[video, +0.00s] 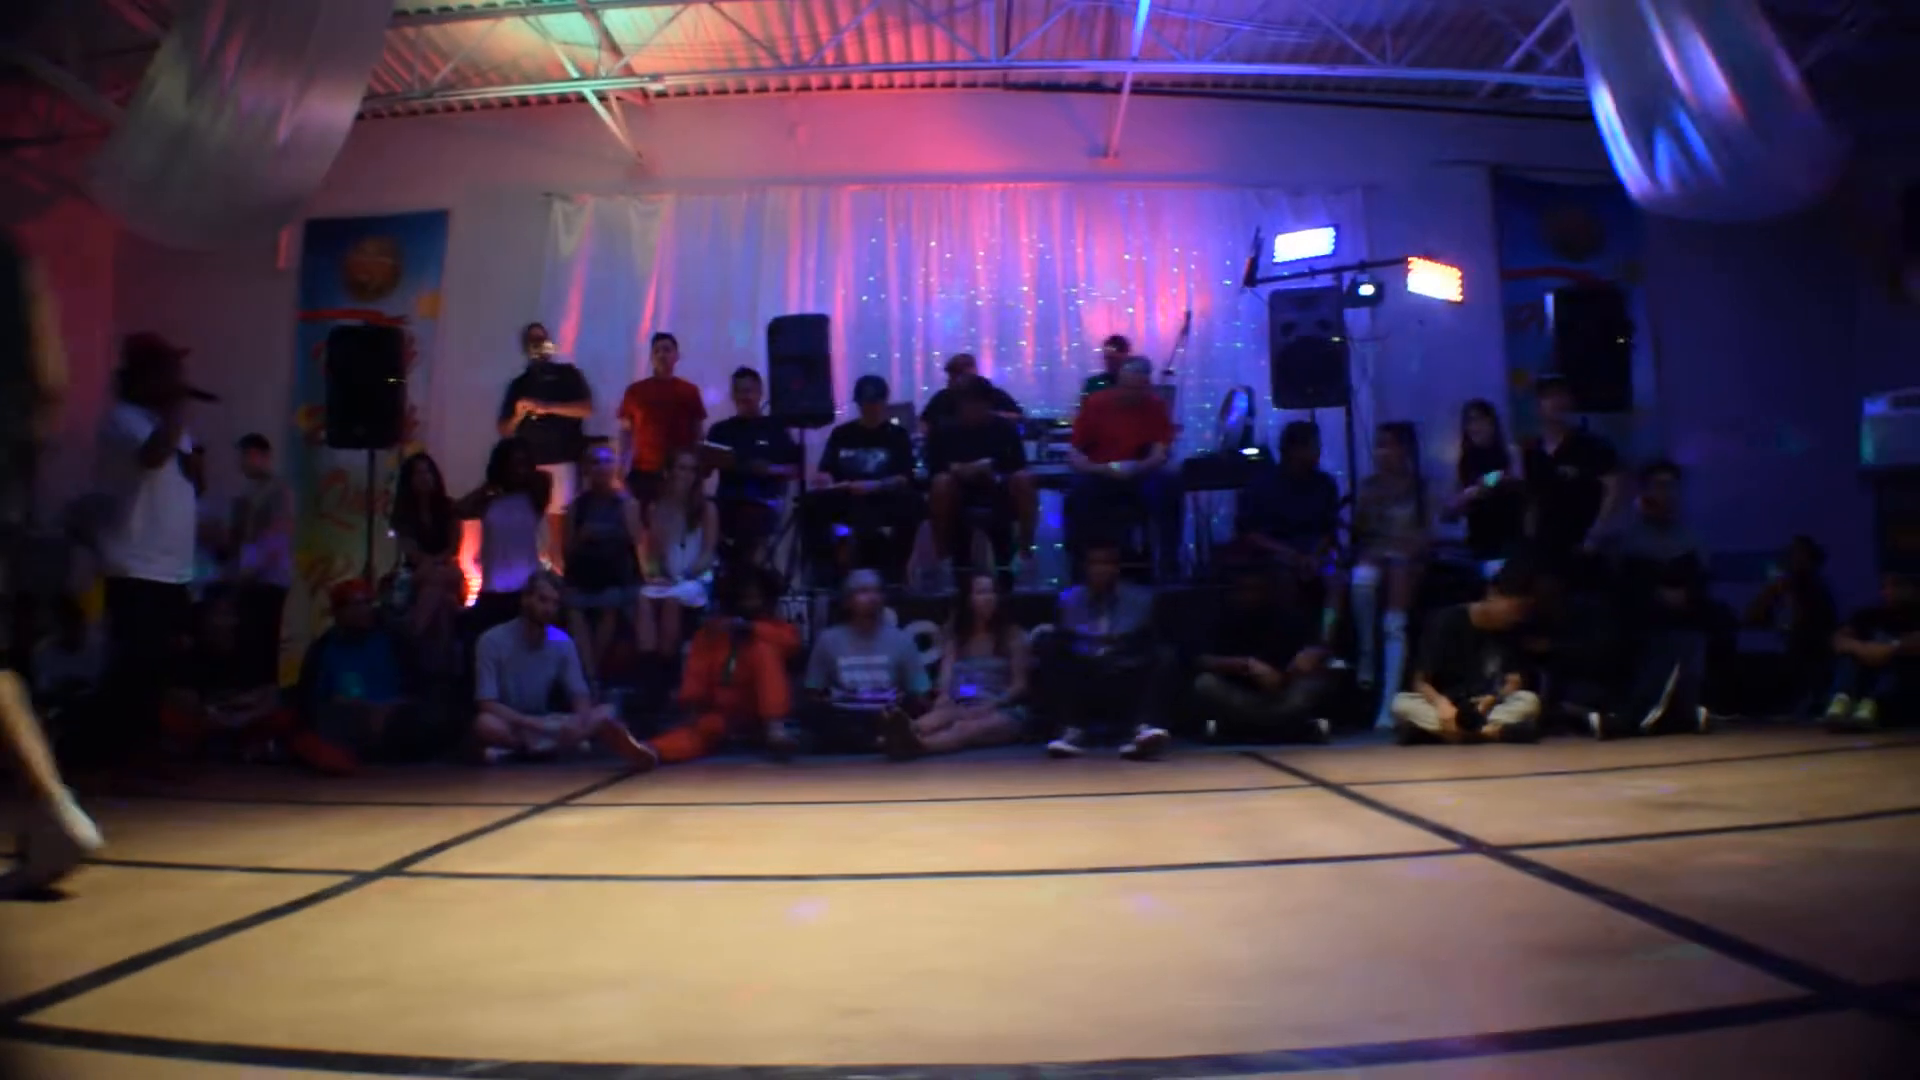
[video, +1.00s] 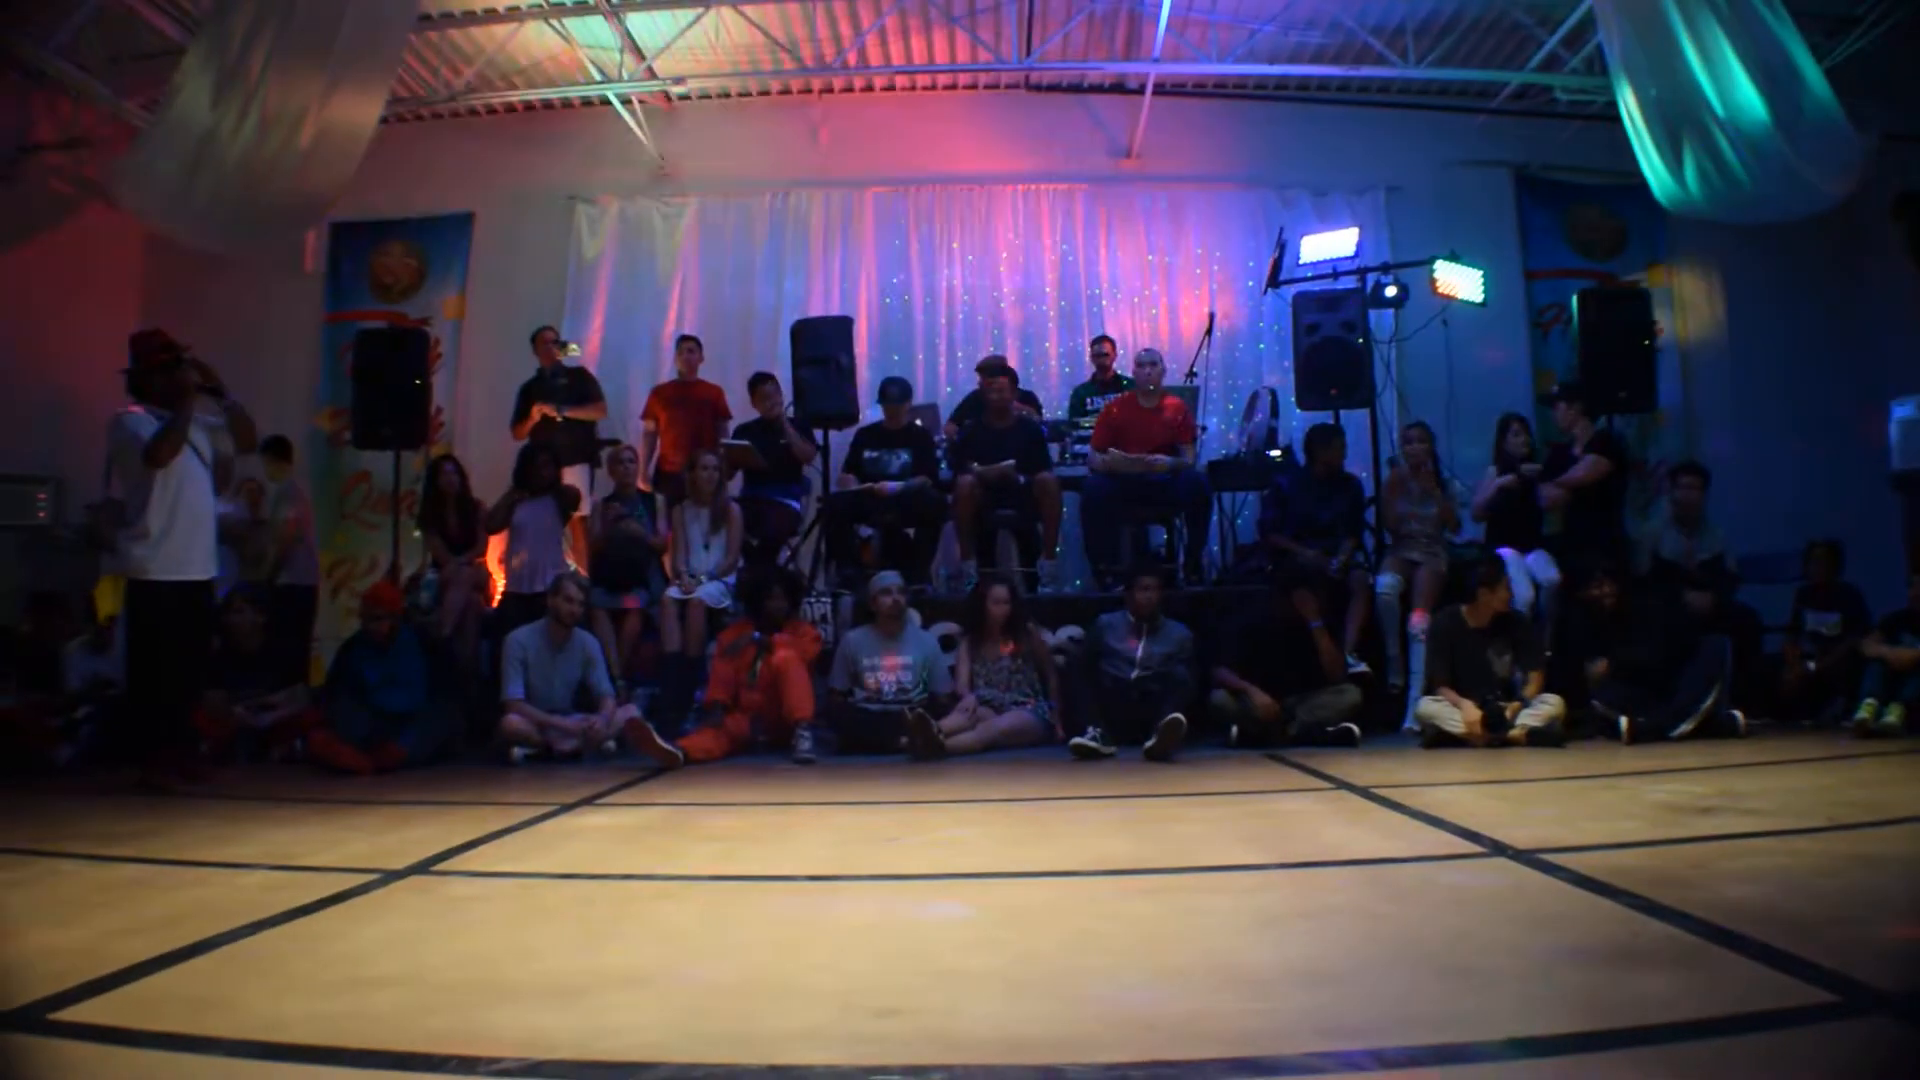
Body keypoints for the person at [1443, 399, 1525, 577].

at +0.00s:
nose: (1477, 430)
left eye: (1482, 423)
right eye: (1472, 424)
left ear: (1493, 425)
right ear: (1465, 428)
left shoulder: (1510, 452)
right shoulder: (1465, 460)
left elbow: (1519, 486)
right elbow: (1452, 504)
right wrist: (1472, 493)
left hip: (1509, 533)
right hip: (1479, 534)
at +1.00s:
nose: (1522, 440)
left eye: (1524, 434)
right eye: (1515, 435)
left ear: (1530, 438)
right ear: (1503, 441)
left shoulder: (1537, 471)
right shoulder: (1495, 472)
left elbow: (1551, 501)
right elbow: (1477, 511)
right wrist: (1497, 485)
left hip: (1532, 543)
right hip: (1504, 544)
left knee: (1552, 579)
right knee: (1524, 594)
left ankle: (1546, 642)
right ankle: (1518, 646)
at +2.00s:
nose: (1500, 448)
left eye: (1502, 442)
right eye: (1492, 443)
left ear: (1507, 447)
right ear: (1478, 449)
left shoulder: (1511, 480)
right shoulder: (1468, 481)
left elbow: (1530, 517)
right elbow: (1466, 522)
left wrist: (1530, 506)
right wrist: (1478, 498)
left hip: (1516, 547)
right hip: (1486, 547)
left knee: (1535, 571)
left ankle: (1529, 632)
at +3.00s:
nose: (1504, 445)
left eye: (1509, 439)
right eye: (1497, 439)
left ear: (1517, 445)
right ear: (1487, 446)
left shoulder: (1527, 482)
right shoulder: (1477, 484)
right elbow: (1473, 527)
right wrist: (1485, 505)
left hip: (1524, 550)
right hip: (1492, 550)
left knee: (1536, 577)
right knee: (1512, 583)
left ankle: (1532, 631)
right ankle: (1509, 633)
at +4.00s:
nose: (1503, 445)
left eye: (1510, 439)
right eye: (1498, 439)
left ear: (1521, 444)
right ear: (1492, 444)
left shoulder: (1531, 479)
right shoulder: (1481, 480)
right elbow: (1472, 523)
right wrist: (1488, 506)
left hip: (1524, 550)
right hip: (1489, 550)